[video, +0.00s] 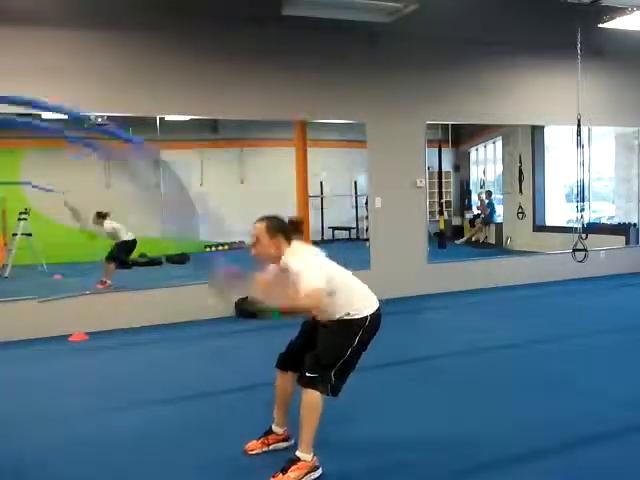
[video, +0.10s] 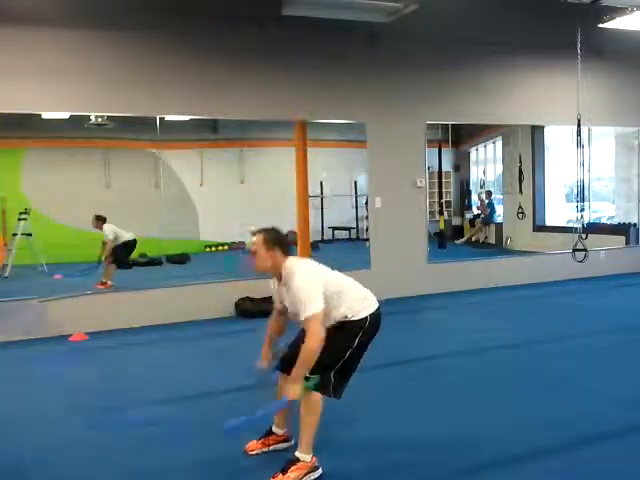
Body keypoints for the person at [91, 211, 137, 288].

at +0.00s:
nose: (94, 222)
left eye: (95, 219)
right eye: (94, 219)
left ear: (99, 219)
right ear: (102, 218)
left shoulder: (107, 225)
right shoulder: (109, 222)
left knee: (109, 260)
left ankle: (107, 281)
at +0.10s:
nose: (93, 224)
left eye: (94, 222)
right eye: (93, 222)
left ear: (100, 222)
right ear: (100, 222)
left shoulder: (107, 228)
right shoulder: (106, 228)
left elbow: (110, 243)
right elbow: (105, 243)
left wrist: (105, 255)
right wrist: (100, 255)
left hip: (128, 241)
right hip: (123, 242)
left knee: (111, 260)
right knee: (109, 259)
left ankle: (108, 281)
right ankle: (105, 280)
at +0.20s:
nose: (98, 215)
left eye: (99, 213)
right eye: (98, 213)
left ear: (105, 213)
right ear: (106, 213)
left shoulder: (113, 220)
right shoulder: (109, 221)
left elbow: (116, 237)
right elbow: (109, 236)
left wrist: (105, 245)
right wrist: (103, 244)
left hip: (127, 239)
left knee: (110, 260)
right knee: (111, 260)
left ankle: (107, 281)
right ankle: (106, 280)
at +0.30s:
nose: (108, 207)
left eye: (110, 204)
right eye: (108, 205)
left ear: (114, 204)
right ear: (117, 203)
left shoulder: (120, 210)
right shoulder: (120, 211)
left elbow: (104, 213)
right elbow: (103, 214)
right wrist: (92, 217)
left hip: (127, 237)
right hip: (124, 236)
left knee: (114, 259)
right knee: (111, 259)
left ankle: (109, 281)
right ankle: (106, 280)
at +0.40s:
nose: (106, 207)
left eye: (108, 204)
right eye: (106, 204)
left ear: (113, 202)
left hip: (127, 235)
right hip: (122, 235)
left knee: (115, 259)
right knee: (110, 258)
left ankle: (110, 281)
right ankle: (106, 280)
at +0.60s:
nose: (95, 221)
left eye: (97, 218)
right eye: (96, 218)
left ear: (102, 219)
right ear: (104, 219)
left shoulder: (109, 225)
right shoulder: (109, 224)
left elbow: (111, 240)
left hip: (128, 241)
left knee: (112, 260)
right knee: (111, 260)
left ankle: (109, 282)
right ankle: (107, 280)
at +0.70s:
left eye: (98, 217)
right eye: (97, 217)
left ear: (103, 217)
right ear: (104, 217)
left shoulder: (111, 224)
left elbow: (115, 239)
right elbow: (110, 240)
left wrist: (111, 253)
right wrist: (107, 252)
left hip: (128, 240)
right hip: (126, 240)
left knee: (111, 261)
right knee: (110, 260)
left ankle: (109, 282)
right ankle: (106, 281)